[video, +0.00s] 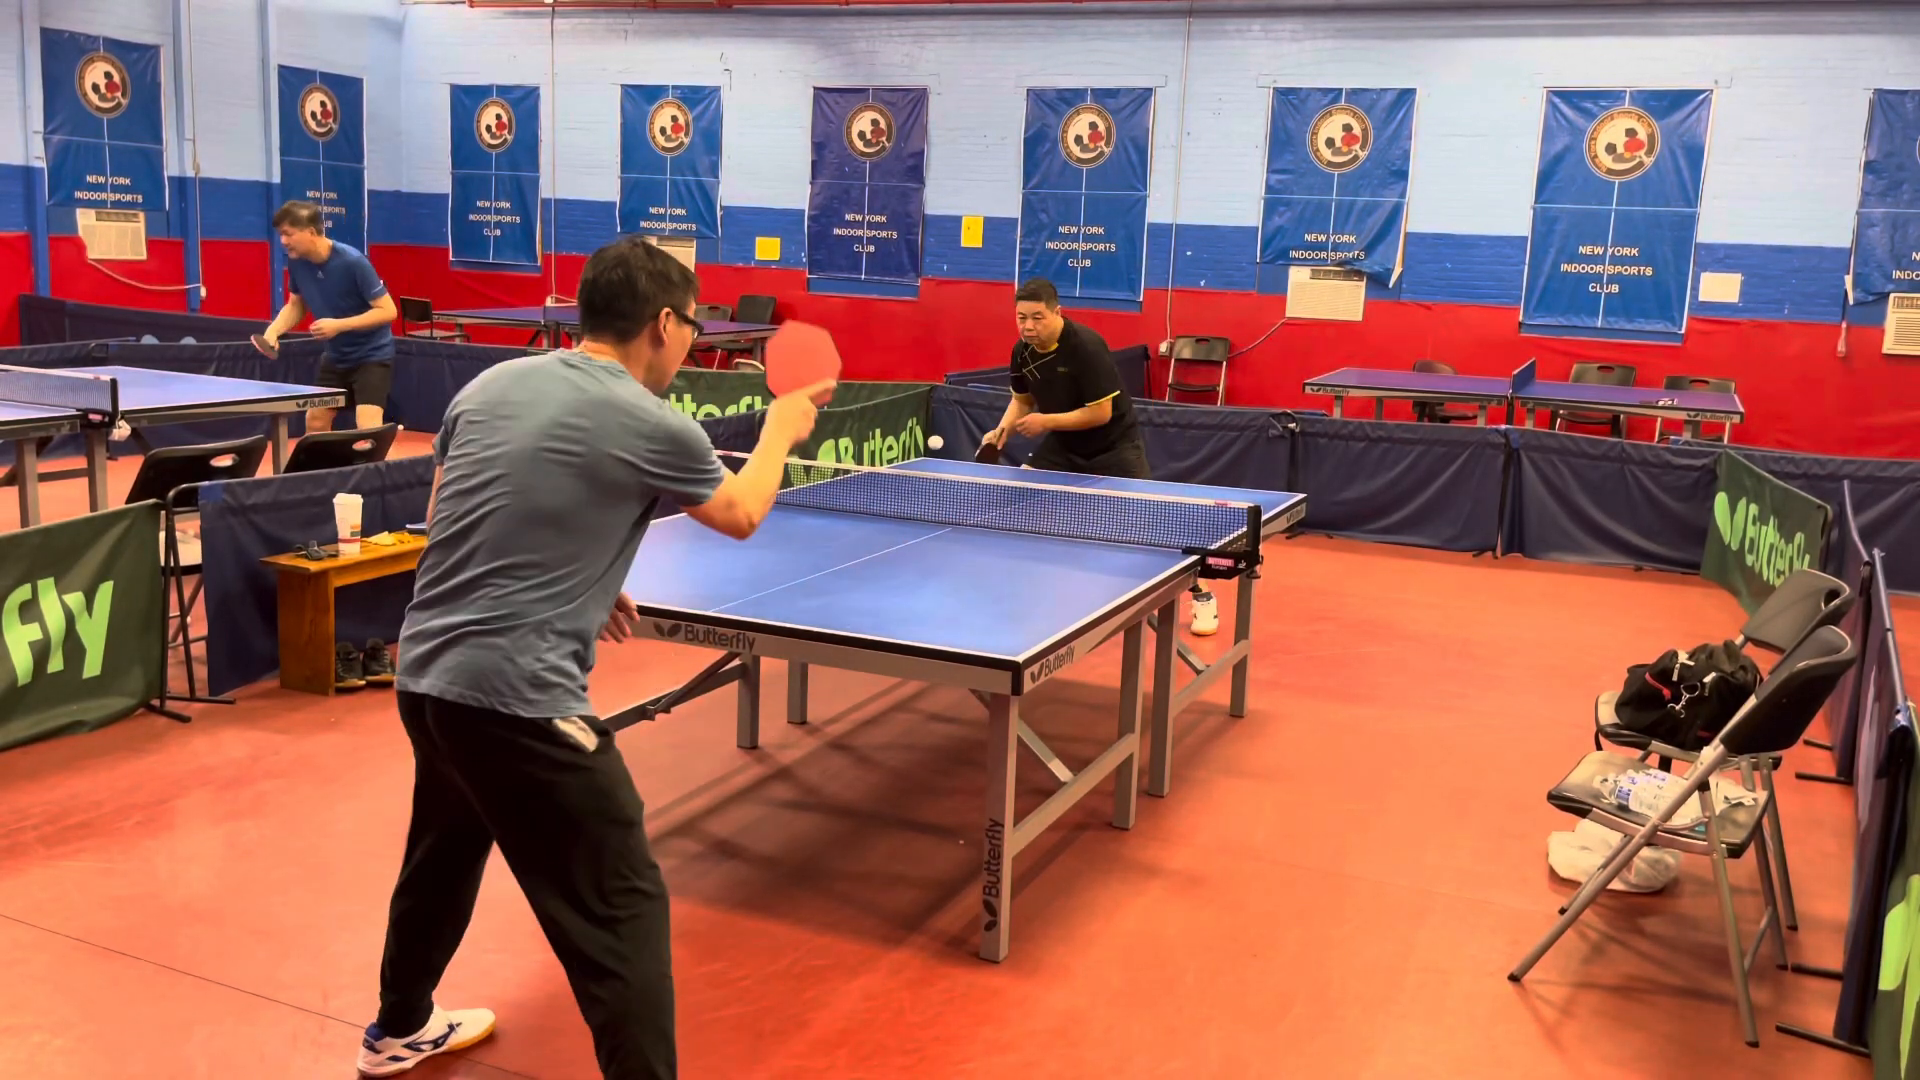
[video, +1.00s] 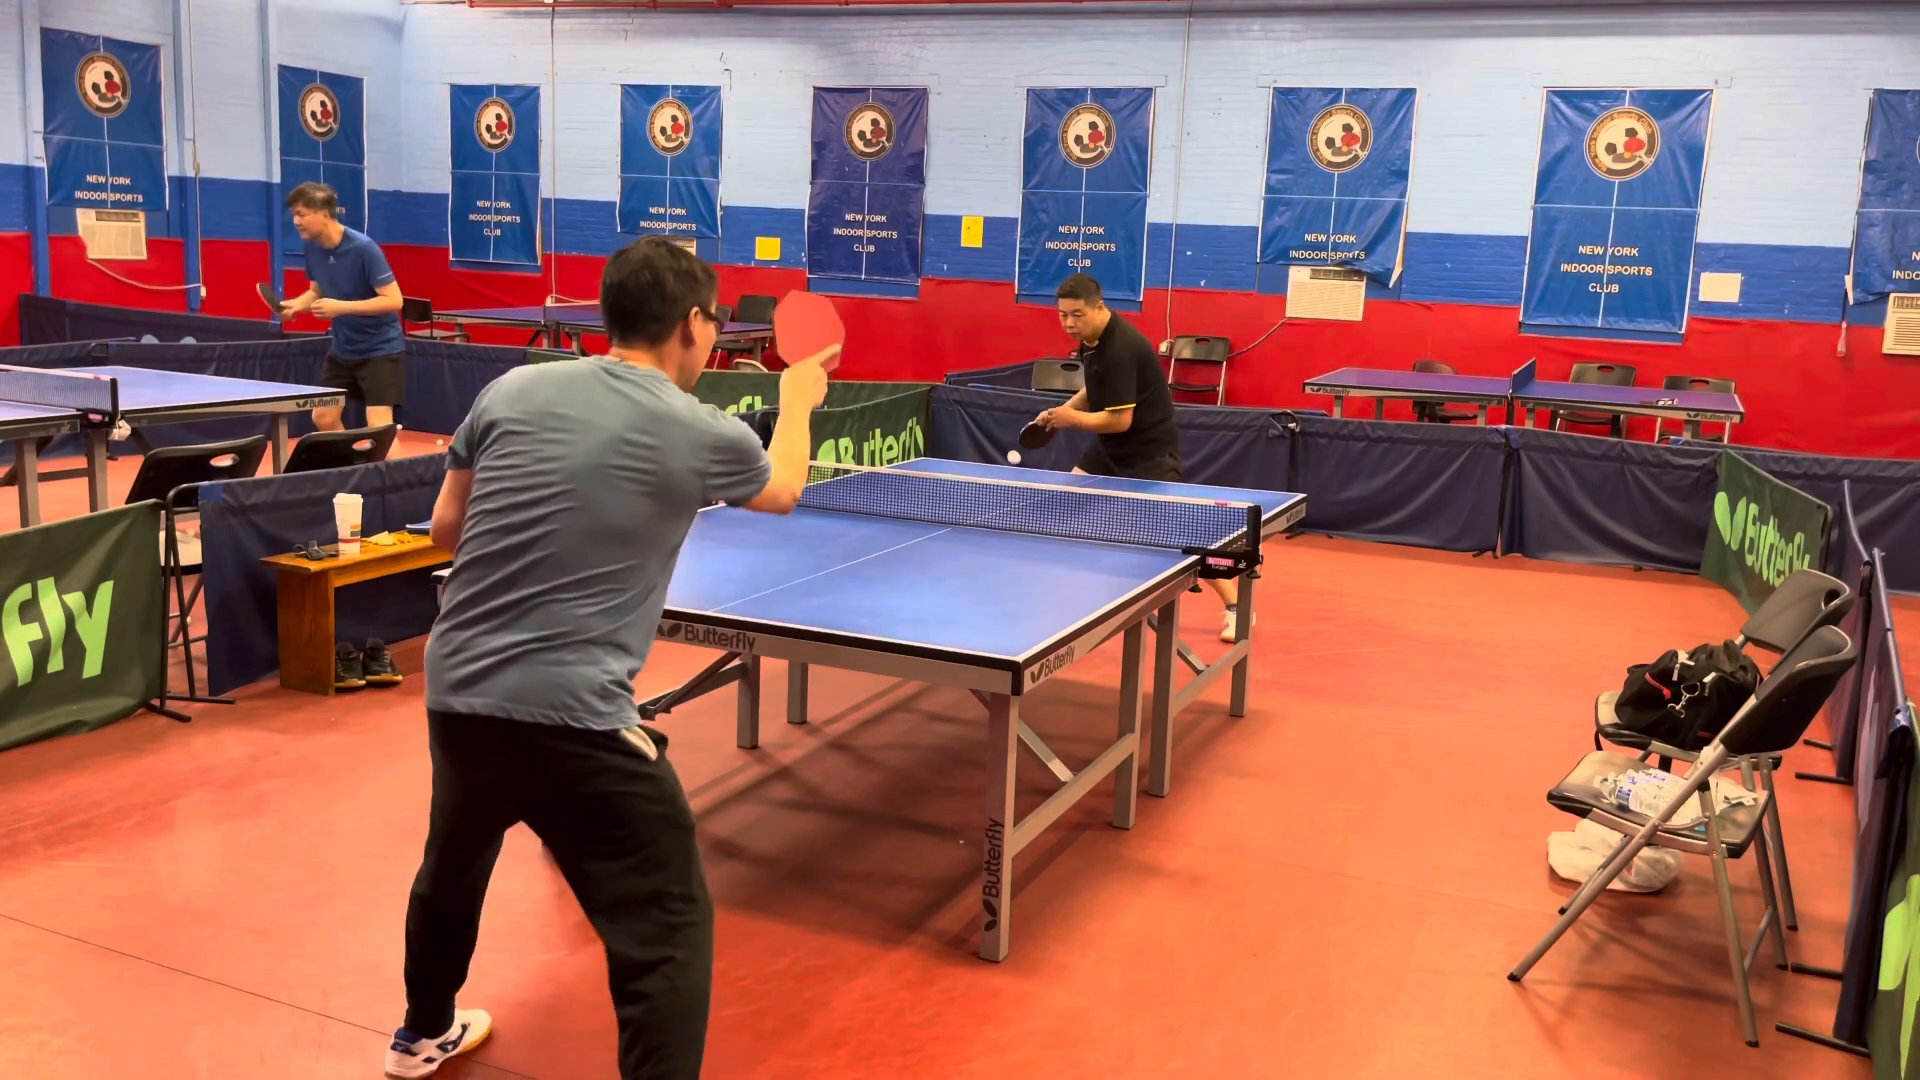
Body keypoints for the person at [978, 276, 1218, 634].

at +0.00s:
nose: (1028, 326)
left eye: (1036, 317)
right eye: (1021, 318)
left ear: (1057, 313)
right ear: (1016, 317)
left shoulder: (1087, 348)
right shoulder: (1023, 351)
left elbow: (1102, 412)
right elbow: (1022, 399)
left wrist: (1046, 421)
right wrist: (1002, 429)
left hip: (1114, 447)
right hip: (1062, 446)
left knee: (1150, 515)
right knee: (1010, 497)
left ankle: (1199, 593)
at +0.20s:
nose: (1026, 331)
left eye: (1032, 323)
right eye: (1022, 324)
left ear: (1058, 314)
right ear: (1024, 319)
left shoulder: (1082, 350)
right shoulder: (1061, 342)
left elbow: (1079, 423)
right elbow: (1061, 383)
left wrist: (1041, 421)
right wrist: (1016, 393)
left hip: (1121, 455)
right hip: (1079, 450)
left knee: (1152, 527)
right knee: (1023, 495)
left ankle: (1221, 602)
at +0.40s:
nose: (1069, 325)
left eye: (1075, 316)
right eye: (1064, 317)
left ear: (1100, 307)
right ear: (1062, 315)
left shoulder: (1142, 339)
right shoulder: (1073, 349)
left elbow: (1159, 406)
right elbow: (1050, 406)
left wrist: (1104, 420)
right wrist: (1048, 375)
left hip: (1152, 456)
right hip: (1096, 455)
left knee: (1192, 526)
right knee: (1041, 504)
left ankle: (1227, 606)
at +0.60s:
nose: (1116, 327)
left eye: (1124, 318)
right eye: (1110, 318)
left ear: (1145, 312)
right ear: (1102, 316)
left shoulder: (1176, 344)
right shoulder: (1095, 354)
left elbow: (1201, 400)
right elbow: (1083, 421)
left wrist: (1157, 427)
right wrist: (1094, 397)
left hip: (1167, 455)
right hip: (1106, 452)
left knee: (1200, 521)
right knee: (1060, 510)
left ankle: (1231, 606)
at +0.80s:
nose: (1102, 322)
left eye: (1111, 314)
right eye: (1096, 314)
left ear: (1132, 309)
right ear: (1090, 313)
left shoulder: (1164, 346)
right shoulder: (1086, 351)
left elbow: (1184, 405)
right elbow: (1075, 405)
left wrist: (1131, 425)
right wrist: (1064, 427)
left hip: (1162, 453)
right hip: (1105, 451)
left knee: (1193, 522)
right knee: (1056, 502)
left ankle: (1230, 605)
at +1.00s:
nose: (1069, 324)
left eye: (1076, 315)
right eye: (1063, 315)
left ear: (1100, 308)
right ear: (1059, 313)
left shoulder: (1121, 346)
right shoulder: (1092, 339)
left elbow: (1121, 420)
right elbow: (1096, 389)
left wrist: (1070, 418)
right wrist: (1062, 412)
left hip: (1149, 453)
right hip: (1111, 447)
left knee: (1178, 528)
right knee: (1063, 502)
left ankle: (1234, 605)